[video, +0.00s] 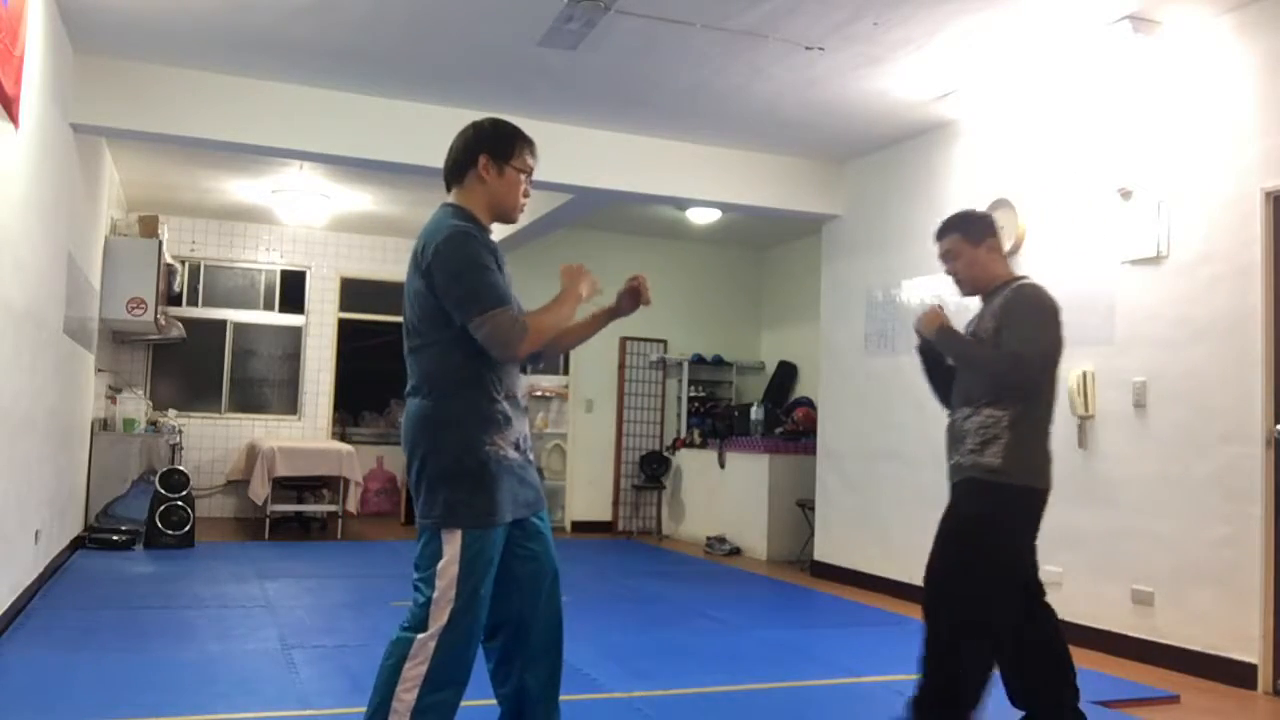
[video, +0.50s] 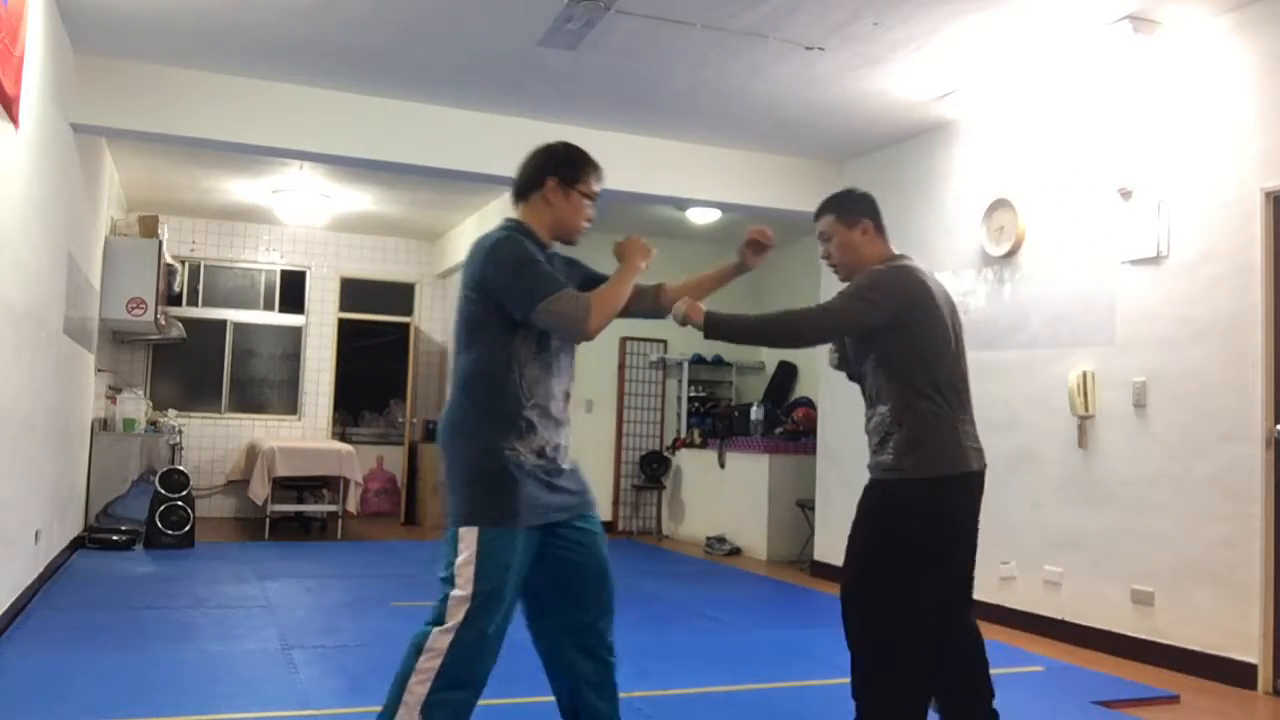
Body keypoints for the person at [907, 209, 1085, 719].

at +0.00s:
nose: (949, 273)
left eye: (953, 259)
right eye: (945, 264)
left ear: (989, 246)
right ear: (975, 255)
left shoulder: (1027, 301)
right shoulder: (985, 319)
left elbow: (1015, 373)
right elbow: (957, 396)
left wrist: (945, 336)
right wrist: (930, 346)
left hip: (1004, 481)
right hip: (979, 480)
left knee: (951, 596)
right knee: (1014, 604)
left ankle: (938, 710)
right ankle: (1056, 710)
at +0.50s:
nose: (823, 254)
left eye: (828, 239)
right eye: (819, 243)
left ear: (865, 229)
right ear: (868, 235)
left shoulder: (888, 280)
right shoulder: (922, 284)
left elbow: (808, 326)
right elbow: (899, 382)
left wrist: (709, 320)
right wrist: (847, 356)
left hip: (912, 476)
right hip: (953, 472)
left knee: (871, 608)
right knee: (944, 614)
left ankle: (888, 713)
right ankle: (972, 712)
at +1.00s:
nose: (909, 260)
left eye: (918, 249)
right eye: (908, 251)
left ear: (954, 250)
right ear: (944, 255)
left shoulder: (972, 310)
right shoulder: (953, 311)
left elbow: (983, 397)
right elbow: (963, 395)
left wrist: (923, 455)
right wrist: (915, 408)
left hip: (967, 492)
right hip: (962, 488)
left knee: (924, 614)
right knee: (992, 620)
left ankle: (890, 712)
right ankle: (1038, 711)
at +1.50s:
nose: (965, 239)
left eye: (976, 229)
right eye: (964, 231)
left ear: (1013, 236)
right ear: (974, 242)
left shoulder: (1037, 302)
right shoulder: (971, 315)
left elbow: (1034, 380)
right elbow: (966, 389)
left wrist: (947, 382)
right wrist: (935, 381)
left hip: (1014, 476)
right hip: (974, 476)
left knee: (958, 580)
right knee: (1010, 592)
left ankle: (972, 705)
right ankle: (1041, 707)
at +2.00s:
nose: (930, 264)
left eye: (936, 250)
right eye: (926, 255)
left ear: (971, 242)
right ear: (960, 251)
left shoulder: (1010, 299)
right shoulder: (961, 318)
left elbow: (970, 351)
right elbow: (932, 391)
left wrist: (897, 322)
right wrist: (897, 346)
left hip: (993, 480)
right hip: (957, 480)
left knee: (931, 580)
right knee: (979, 594)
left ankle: (954, 708)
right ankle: (1022, 711)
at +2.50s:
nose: (812, 250)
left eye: (821, 237)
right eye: (807, 240)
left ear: (859, 234)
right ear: (808, 242)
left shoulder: (884, 296)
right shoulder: (836, 304)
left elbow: (825, 356)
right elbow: (817, 368)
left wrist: (727, 334)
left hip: (880, 487)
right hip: (836, 484)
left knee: (845, 611)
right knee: (801, 594)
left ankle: (835, 710)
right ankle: (902, 654)